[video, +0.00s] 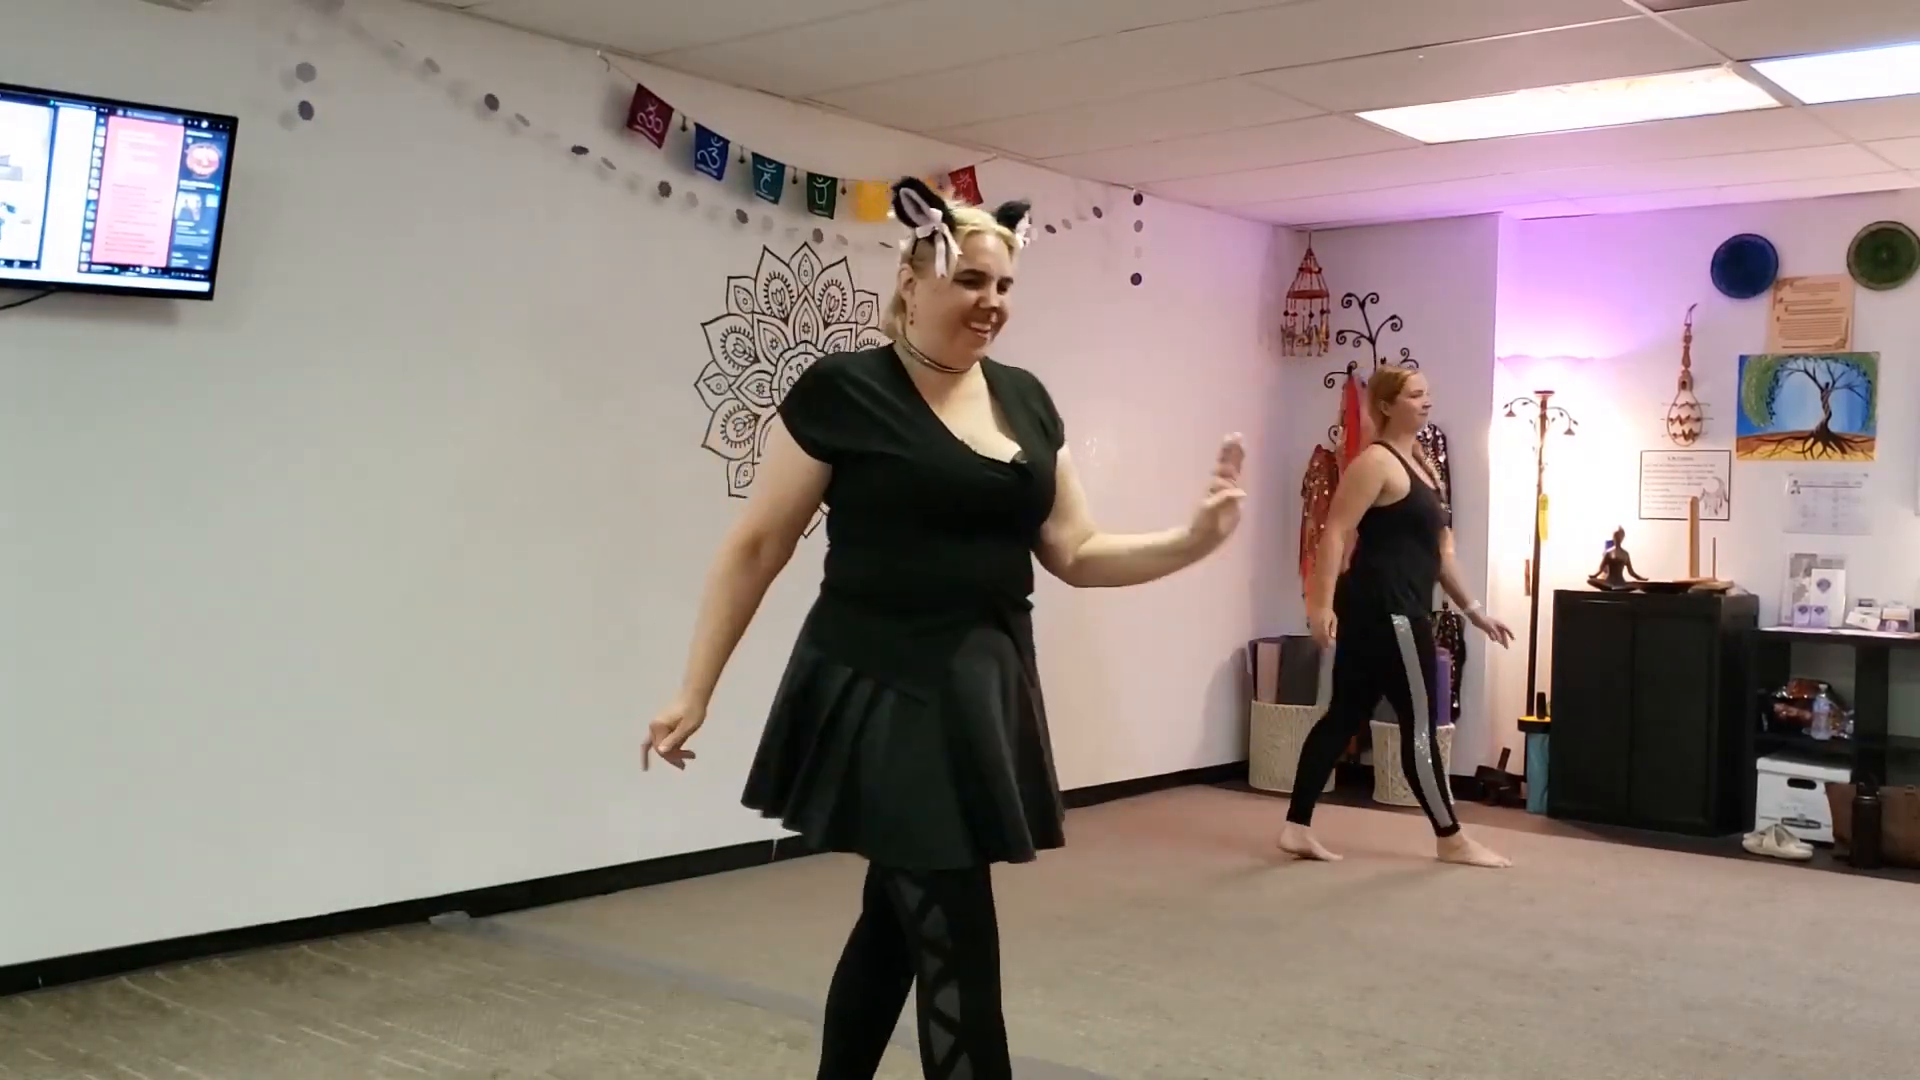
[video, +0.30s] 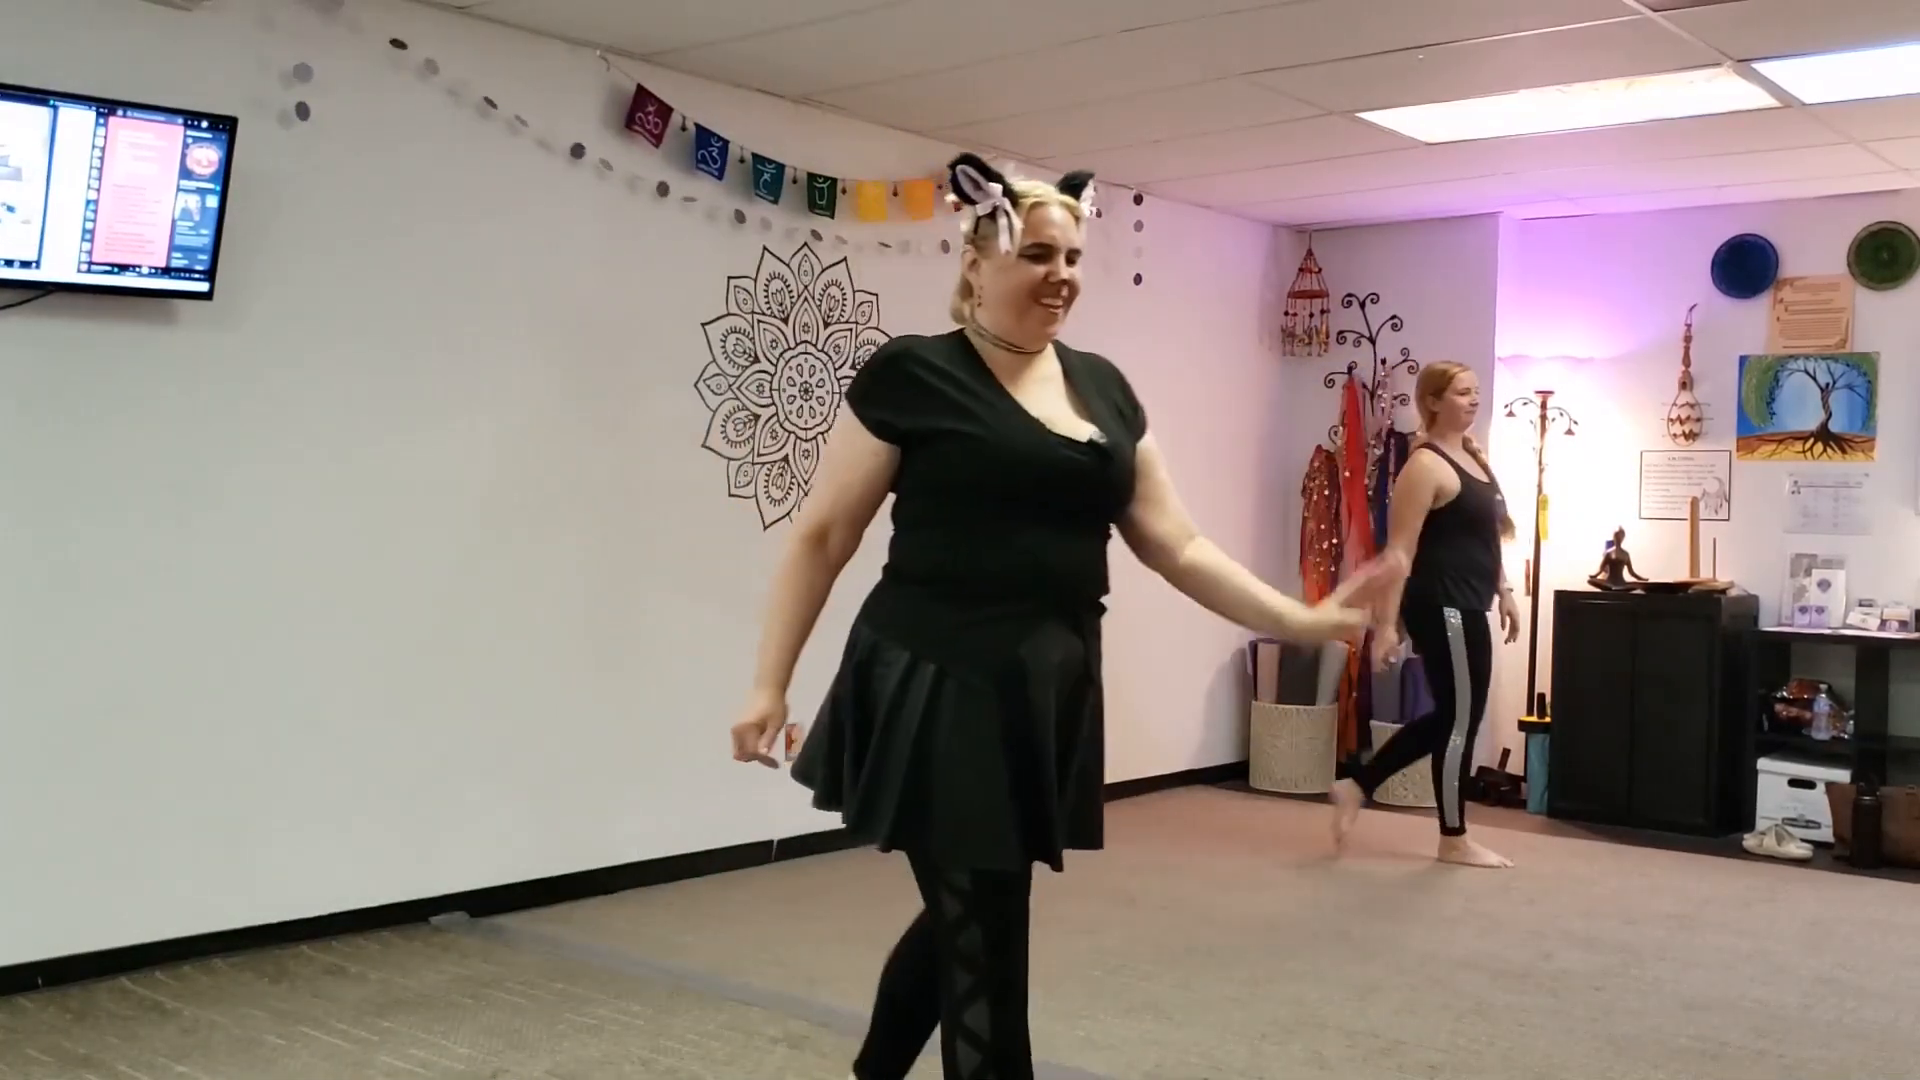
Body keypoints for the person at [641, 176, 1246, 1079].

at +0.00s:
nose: (992, 301)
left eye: (1005, 285)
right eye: (970, 279)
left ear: (1016, 293)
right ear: (908, 282)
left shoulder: (1018, 398)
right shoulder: (843, 394)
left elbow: (1075, 551)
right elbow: (756, 547)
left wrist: (1192, 540)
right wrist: (694, 695)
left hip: (983, 689)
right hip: (874, 688)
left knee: (896, 922)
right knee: (961, 933)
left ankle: (841, 1077)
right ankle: (971, 1072)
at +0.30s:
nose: (1062, 274)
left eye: (1073, 257)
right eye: (1038, 253)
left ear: (1083, 268)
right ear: (976, 261)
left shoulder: (1098, 387)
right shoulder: (912, 376)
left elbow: (1175, 544)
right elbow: (821, 536)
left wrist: (1309, 621)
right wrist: (769, 685)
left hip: (1047, 683)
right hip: (930, 676)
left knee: (966, 912)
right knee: (987, 917)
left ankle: (876, 1069)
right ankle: (991, 1079)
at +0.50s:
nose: (1111, 281)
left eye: (1125, 264)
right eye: (1086, 259)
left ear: (1134, 276)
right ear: (1023, 267)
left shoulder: (1141, 397)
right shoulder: (955, 379)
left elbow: (1188, 583)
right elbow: (868, 547)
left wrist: (1244, 727)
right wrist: (833, 698)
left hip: (1095, 706)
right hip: (967, 699)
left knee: (1088, 960)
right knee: (1008, 982)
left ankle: (926, 1059)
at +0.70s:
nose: (1154, 278)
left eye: (1165, 258)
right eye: (1128, 254)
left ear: (1176, 268)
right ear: (1059, 260)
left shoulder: (1173, 388)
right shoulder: (994, 371)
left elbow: (1168, 567)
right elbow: (911, 538)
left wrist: (1174, 709)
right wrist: (921, 679)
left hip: (1139, 712)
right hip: (1014, 713)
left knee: (1208, 964)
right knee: (1022, 999)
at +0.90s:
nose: (1198, 261)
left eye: (1207, 241)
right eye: (1170, 239)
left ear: (1217, 253)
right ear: (1099, 252)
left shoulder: (1208, 375)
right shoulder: (1038, 362)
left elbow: (1208, 564)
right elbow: (958, 534)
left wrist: (1226, 714)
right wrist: (1038, 657)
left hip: (1184, 707)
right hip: (1055, 708)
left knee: (1249, 990)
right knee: (1040, 1007)